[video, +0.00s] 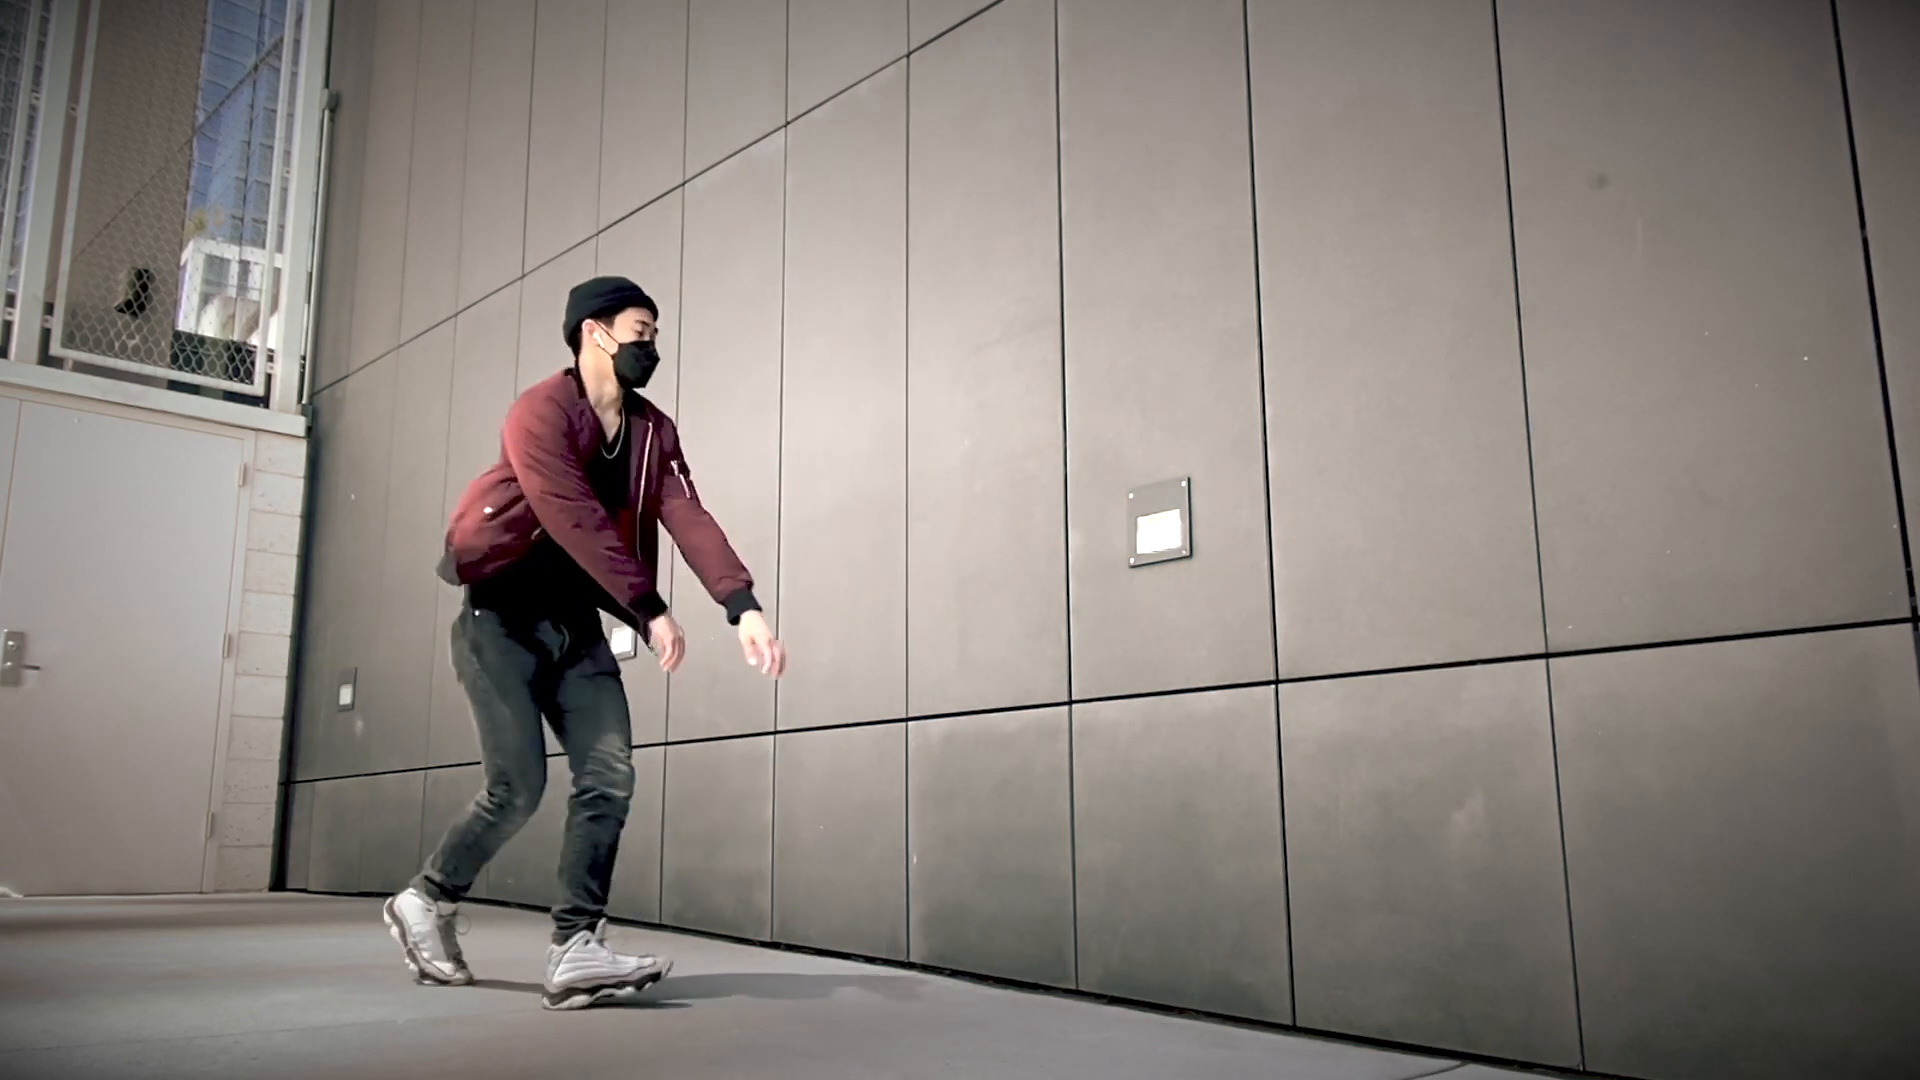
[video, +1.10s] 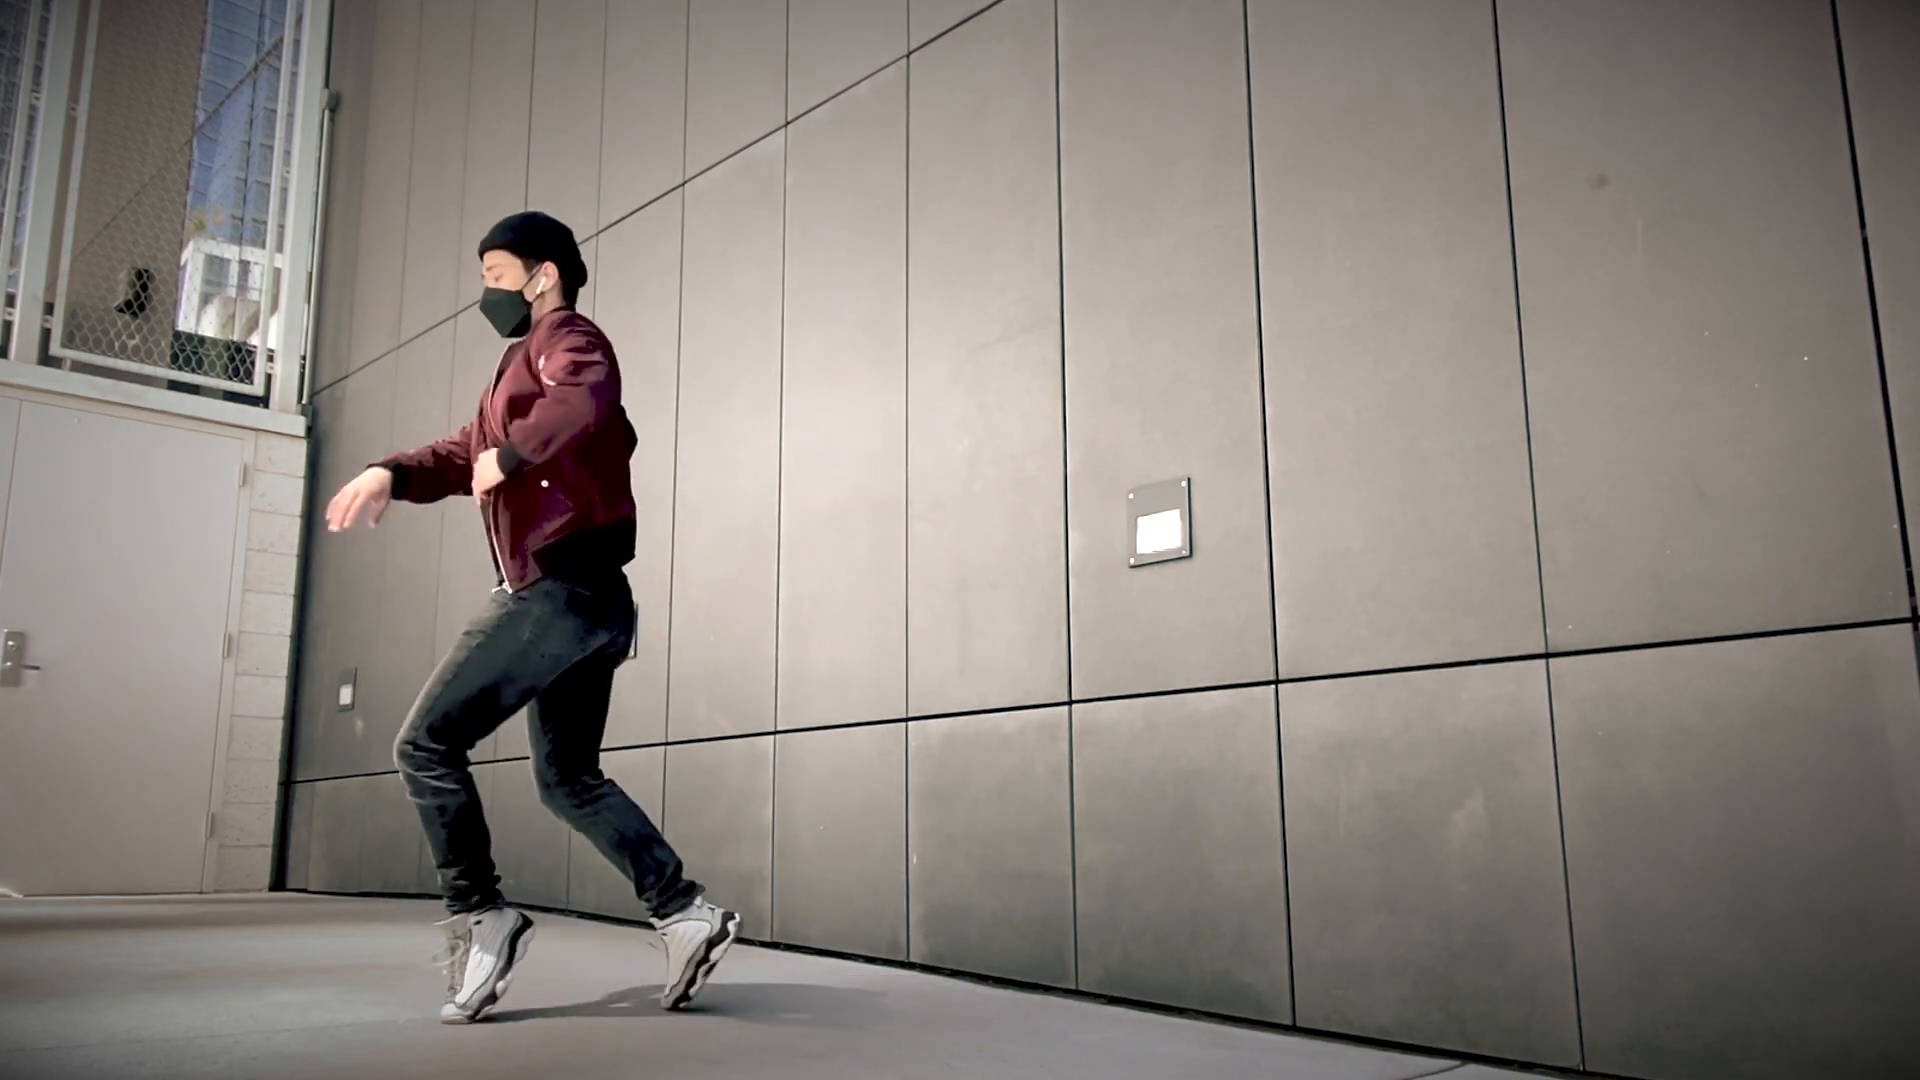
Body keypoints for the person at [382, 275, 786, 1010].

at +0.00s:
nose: (653, 346)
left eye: (656, 336)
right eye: (639, 332)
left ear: (644, 346)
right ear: (591, 335)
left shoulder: (653, 431)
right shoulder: (541, 411)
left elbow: (687, 517)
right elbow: (568, 514)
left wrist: (744, 605)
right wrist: (647, 606)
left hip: (577, 628)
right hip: (499, 618)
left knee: (607, 778)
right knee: (516, 787)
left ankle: (575, 948)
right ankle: (423, 902)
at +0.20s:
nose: (604, 309)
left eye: (614, 302)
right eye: (587, 298)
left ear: (623, 317)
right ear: (550, 310)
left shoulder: (641, 402)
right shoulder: (503, 387)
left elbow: (644, 493)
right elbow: (525, 494)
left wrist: (647, 577)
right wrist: (623, 563)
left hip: (572, 602)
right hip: (487, 595)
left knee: (560, 769)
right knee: (474, 765)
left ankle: (556, 941)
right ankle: (437, 908)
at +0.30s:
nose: (573, 291)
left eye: (587, 282)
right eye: (556, 281)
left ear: (606, 303)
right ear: (529, 299)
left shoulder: (631, 390)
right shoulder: (487, 379)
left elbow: (616, 476)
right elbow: (499, 479)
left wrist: (581, 555)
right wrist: (600, 546)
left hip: (568, 599)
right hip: (487, 589)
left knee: (538, 765)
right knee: (460, 762)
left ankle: (541, 939)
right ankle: (441, 908)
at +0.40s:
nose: (541, 285)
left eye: (558, 274)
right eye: (527, 275)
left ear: (586, 291)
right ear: (510, 293)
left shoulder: (618, 380)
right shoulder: (478, 378)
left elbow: (576, 460)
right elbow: (477, 476)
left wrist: (500, 527)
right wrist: (562, 531)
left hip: (562, 597)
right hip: (483, 590)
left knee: (531, 770)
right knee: (445, 762)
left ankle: (536, 946)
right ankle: (461, 903)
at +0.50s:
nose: (511, 281)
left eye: (527, 267)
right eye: (500, 270)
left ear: (567, 280)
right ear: (491, 286)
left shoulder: (598, 367)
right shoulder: (477, 371)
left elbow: (540, 447)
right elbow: (458, 465)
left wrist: (423, 504)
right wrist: (496, 527)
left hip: (564, 589)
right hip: (496, 586)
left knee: (522, 769)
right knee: (461, 764)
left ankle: (528, 951)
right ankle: (482, 912)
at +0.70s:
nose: (472, 283)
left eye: (483, 268)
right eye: (468, 272)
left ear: (534, 269)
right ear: (502, 278)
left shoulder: (560, 347)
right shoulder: (485, 369)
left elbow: (495, 441)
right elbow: (451, 455)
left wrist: (395, 454)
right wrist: (396, 511)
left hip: (557, 585)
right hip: (526, 585)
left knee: (463, 749)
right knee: (521, 749)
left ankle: (492, 928)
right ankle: (563, 910)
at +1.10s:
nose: (486, 292)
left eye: (496, 275)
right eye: (484, 279)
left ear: (545, 275)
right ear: (537, 282)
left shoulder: (566, 333)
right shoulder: (523, 367)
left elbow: (583, 397)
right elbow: (472, 450)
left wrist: (507, 454)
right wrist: (393, 473)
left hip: (559, 594)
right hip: (590, 599)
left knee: (427, 745)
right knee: (569, 778)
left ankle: (482, 919)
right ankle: (687, 912)